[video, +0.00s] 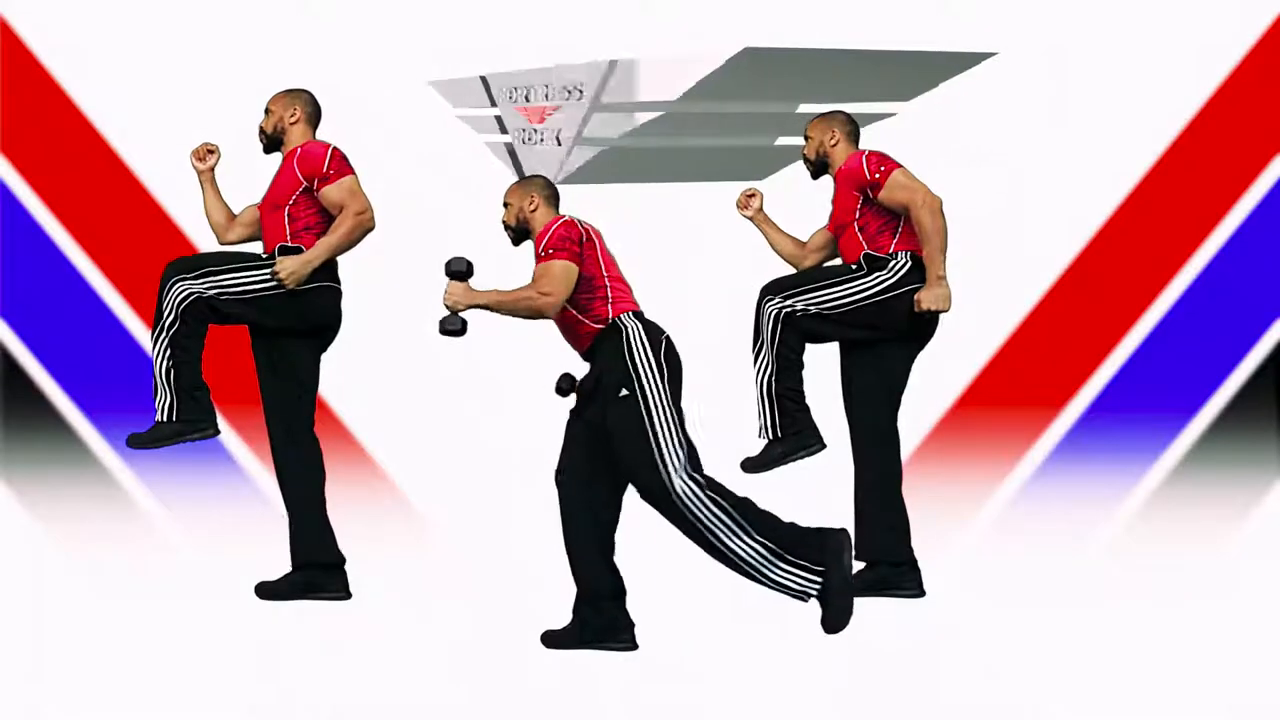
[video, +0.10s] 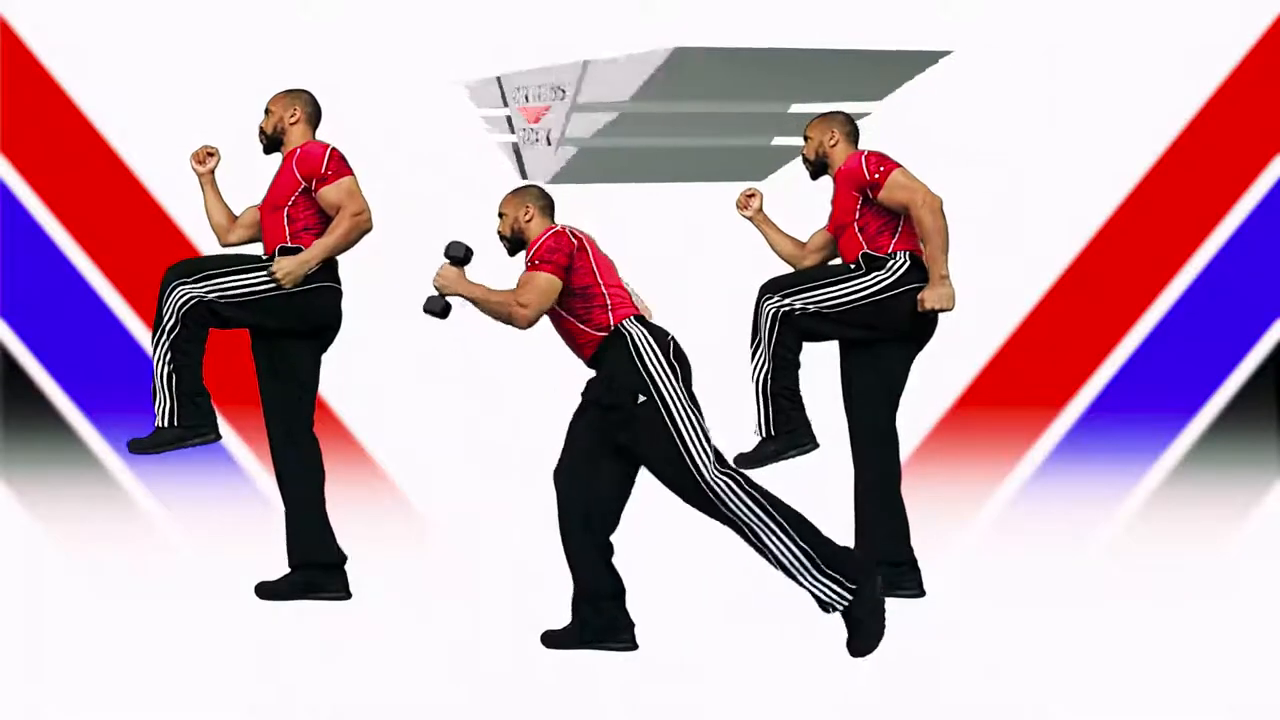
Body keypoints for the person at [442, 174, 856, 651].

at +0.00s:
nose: (503, 215)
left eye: (507, 205)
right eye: (503, 207)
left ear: (532, 202)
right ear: (536, 204)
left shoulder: (559, 229)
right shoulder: (562, 245)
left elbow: (547, 297)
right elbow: (602, 318)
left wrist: (475, 298)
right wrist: (591, 376)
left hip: (630, 349)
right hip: (606, 366)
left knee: (673, 484)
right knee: (580, 489)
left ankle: (819, 561)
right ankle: (602, 622)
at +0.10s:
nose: (498, 227)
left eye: (503, 217)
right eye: (498, 220)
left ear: (529, 211)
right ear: (533, 218)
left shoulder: (555, 240)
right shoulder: (563, 252)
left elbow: (523, 308)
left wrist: (461, 287)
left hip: (640, 355)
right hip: (613, 373)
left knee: (707, 479)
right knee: (578, 490)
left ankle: (848, 585)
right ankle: (602, 621)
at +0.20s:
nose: (497, 236)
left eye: (504, 225)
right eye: (498, 228)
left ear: (531, 220)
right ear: (535, 228)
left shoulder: (552, 251)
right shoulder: (569, 258)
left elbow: (512, 320)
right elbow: (647, 305)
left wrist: (457, 283)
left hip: (648, 360)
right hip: (622, 379)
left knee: (718, 480)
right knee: (578, 486)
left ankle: (859, 597)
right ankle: (602, 621)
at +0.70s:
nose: (501, 252)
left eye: (506, 242)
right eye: (501, 244)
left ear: (534, 237)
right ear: (541, 240)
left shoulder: (555, 270)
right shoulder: (579, 274)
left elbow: (515, 345)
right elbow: (656, 311)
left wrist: (464, 303)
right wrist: (641, 380)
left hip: (655, 377)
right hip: (631, 394)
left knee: (735, 497)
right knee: (578, 487)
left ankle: (883, 607)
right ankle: (601, 623)